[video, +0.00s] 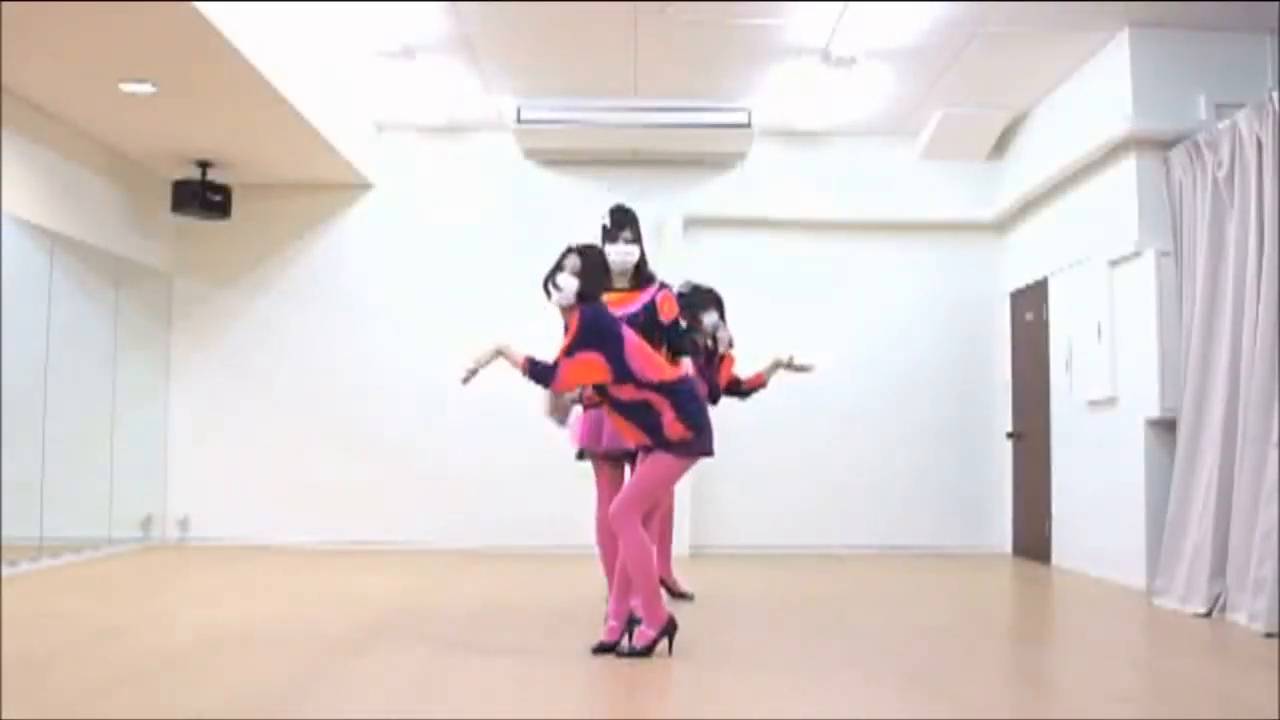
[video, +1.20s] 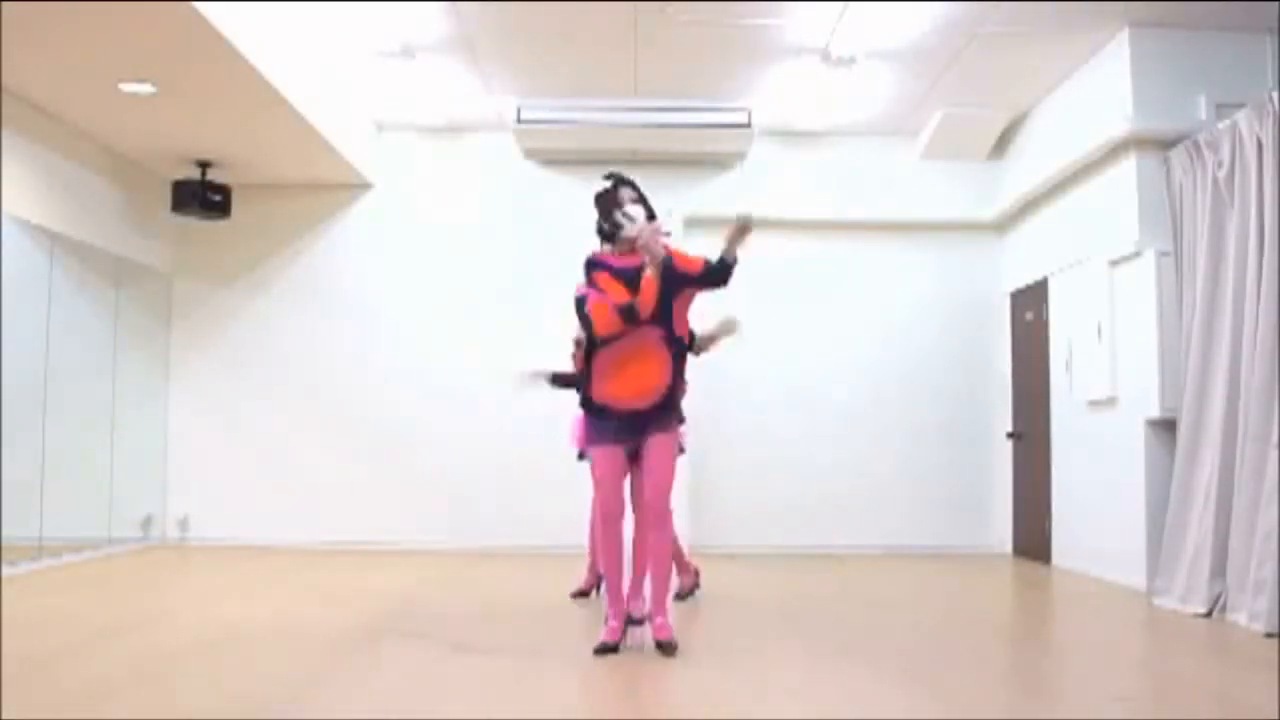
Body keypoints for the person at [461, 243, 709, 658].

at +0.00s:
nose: (561, 280)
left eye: (571, 274)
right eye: (560, 271)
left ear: (588, 282)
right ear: (554, 276)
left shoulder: (595, 321)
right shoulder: (582, 323)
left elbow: (559, 378)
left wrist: (505, 352)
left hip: (683, 430)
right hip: (658, 431)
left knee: (624, 512)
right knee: (614, 518)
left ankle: (655, 617)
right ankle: (622, 617)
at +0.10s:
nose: (559, 284)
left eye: (569, 277)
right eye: (557, 274)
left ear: (587, 286)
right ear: (550, 280)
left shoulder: (593, 325)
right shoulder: (577, 327)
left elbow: (558, 382)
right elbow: (557, 377)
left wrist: (506, 351)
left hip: (683, 431)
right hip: (658, 432)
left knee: (624, 513)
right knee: (616, 518)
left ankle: (655, 617)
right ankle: (623, 616)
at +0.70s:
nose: (554, 288)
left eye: (565, 282)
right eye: (554, 279)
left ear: (582, 289)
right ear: (553, 280)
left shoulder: (593, 329)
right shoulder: (584, 329)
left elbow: (557, 388)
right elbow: (562, 385)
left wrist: (510, 354)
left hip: (683, 429)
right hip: (666, 429)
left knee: (624, 512)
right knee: (619, 519)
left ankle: (656, 616)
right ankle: (623, 616)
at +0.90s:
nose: (578, 259)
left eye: (589, 251)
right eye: (576, 249)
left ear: (608, 258)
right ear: (572, 252)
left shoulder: (612, 296)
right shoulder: (591, 300)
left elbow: (620, 369)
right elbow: (581, 354)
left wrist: (579, 403)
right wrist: (570, 387)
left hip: (670, 419)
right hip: (646, 418)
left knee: (622, 511)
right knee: (617, 517)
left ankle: (655, 615)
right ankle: (620, 612)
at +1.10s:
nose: (618, 229)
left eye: (626, 221)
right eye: (608, 221)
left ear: (636, 224)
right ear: (593, 227)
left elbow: (706, 272)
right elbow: (601, 324)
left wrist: (732, 293)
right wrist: (621, 275)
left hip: (663, 401)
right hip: (611, 403)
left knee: (648, 501)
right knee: (610, 506)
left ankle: (654, 615)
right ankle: (619, 613)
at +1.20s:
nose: (633, 217)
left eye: (637, 209)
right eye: (621, 213)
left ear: (652, 217)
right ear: (609, 227)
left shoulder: (669, 263)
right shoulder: (598, 276)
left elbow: (716, 276)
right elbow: (616, 321)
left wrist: (732, 246)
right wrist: (649, 266)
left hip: (660, 406)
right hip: (606, 408)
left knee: (654, 511)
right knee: (607, 509)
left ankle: (659, 615)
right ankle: (616, 616)